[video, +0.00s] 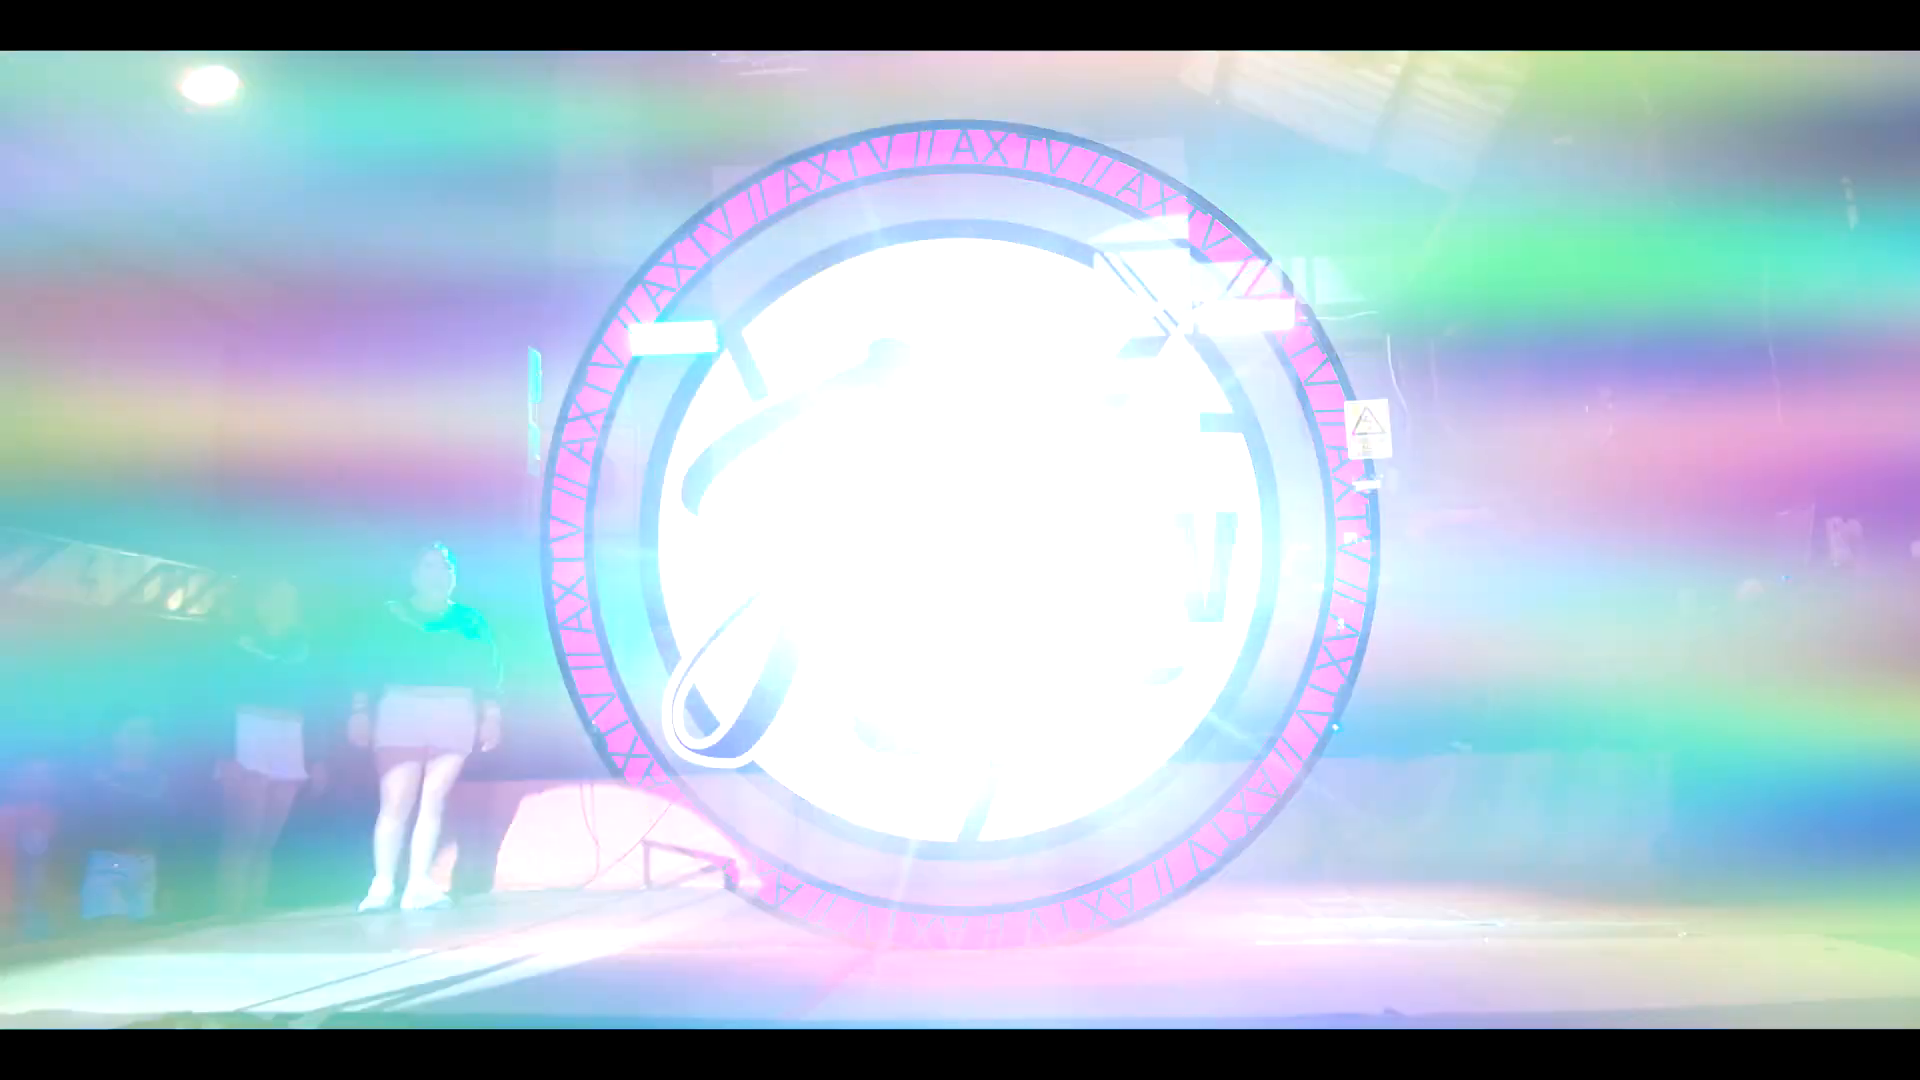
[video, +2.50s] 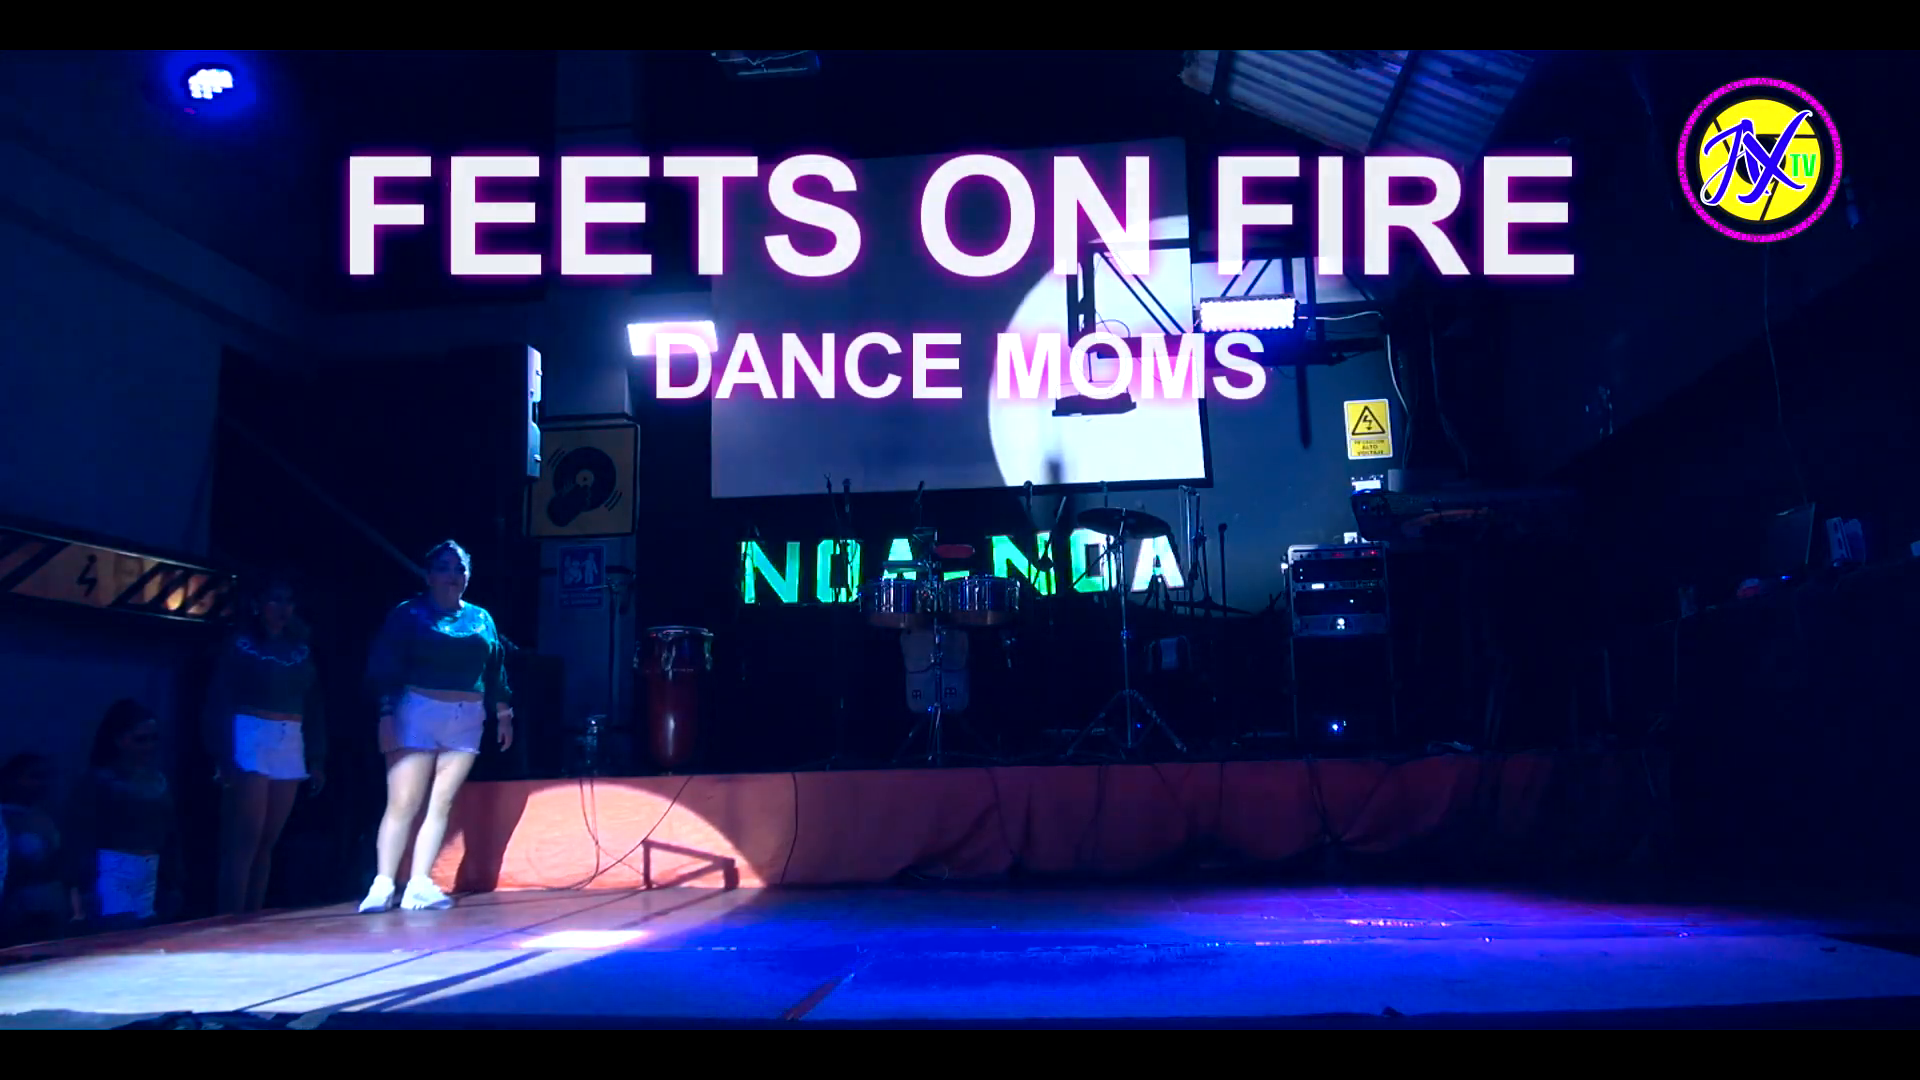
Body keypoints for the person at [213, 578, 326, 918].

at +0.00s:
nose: (279, 611)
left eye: (287, 603)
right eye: (272, 601)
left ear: (298, 607)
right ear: (258, 604)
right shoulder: (237, 647)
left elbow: (318, 712)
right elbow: (220, 704)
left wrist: (318, 759)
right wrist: (221, 757)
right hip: (245, 754)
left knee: (265, 844)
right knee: (241, 841)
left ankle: (254, 917)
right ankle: (229, 917)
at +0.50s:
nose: (284, 611)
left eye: (290, 604)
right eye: (278, 602)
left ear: (298, 609)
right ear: (262, 604)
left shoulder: (302, 649)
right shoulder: (243, 641)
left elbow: (312, 706)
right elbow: (225, 697)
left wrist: (315, 759)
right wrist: (225, 753)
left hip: (291, 730)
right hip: (254, 726)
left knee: (272, 832)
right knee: (250, 827)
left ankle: (255, 908)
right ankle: (233, 908)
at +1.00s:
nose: (286, 610)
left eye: (293, 604)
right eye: (280, 602)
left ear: (299, 608)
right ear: (264, 603)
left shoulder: (304, 651)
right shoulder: (245, 643)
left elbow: (314, 708)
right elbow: (224, 698)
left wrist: (316, 757)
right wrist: (225, 752)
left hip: (293, 734)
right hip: (254, 731)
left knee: (271, 838)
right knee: (248, 834)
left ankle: (254, 915)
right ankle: (231, 915)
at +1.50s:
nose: (286, 610)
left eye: (292, 603)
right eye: (279, 602)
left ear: (299, 608)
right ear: (263, 604)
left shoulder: (303, 651)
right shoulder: (245, 643)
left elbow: (314, 708)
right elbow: (224, 698)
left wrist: (317, 757)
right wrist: (225, 753)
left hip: (293, 735)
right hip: (254, 731)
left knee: (271, 839)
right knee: (249, 834)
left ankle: (254, 916)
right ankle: (232, 916)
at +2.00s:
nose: (286, 608)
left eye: (291, 601)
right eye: (279, 600)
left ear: (298, 607)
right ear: (262, 603)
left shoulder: (303, 651)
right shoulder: (244, 643)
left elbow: (314, 708)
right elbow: (223, 700)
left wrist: (316, 757)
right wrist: (227, 755)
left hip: (293, 734)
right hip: (253, 730)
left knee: (272, 837)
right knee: (250, 832)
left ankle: (254, 915)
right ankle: (231, 916)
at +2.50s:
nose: (282, 610)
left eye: (288, 603)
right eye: (275, 602)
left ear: (294, 608)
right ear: (259, 605)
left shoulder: (300, 649)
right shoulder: (242, 642)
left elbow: (312, 707)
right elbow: (222, 698)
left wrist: (315, 758)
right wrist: (223, 753)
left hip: (292, 733)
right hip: (252, 729)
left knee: (271, 836)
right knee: (249, 831)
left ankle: (254, 915)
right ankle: (232, 913)